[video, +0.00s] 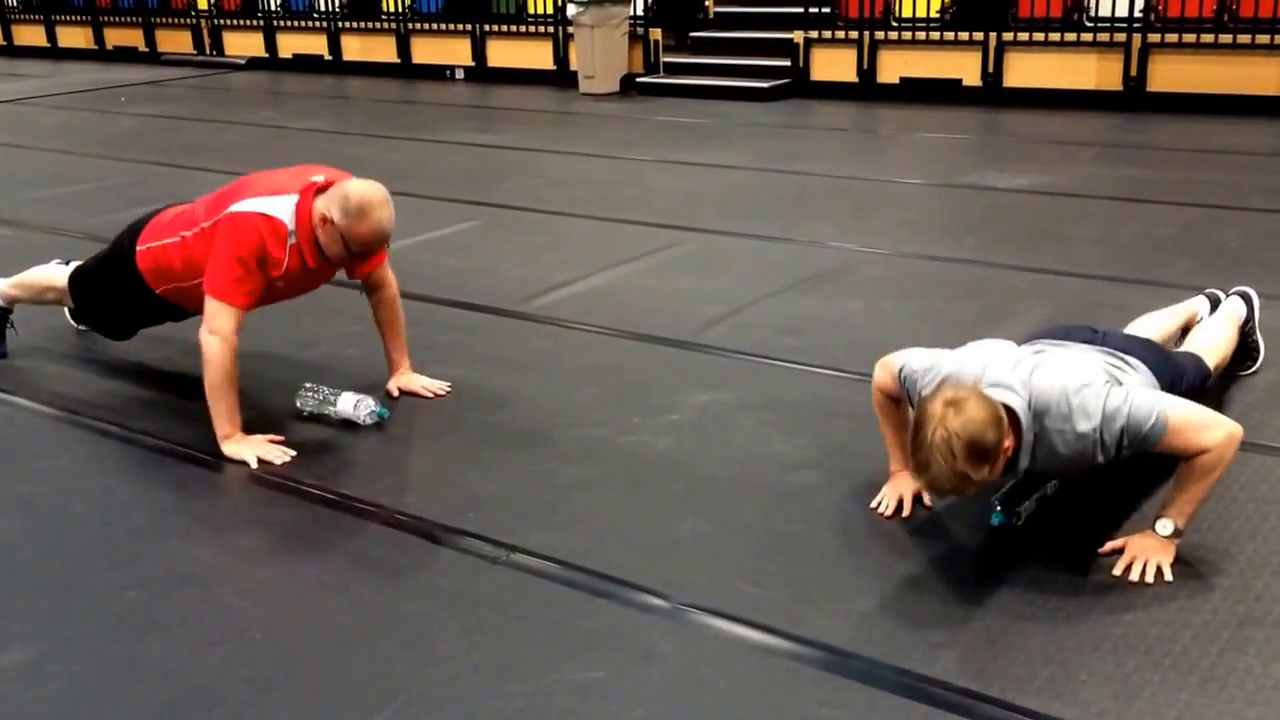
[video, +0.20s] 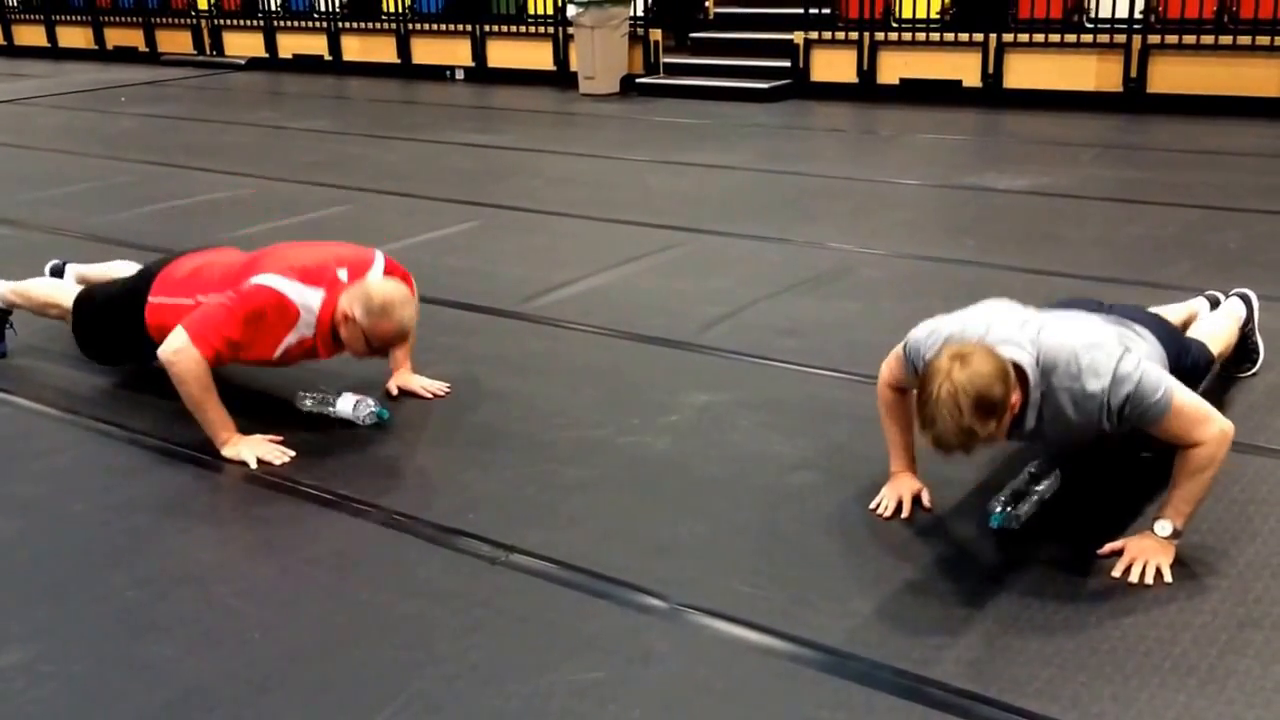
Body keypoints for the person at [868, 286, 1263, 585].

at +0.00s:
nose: (971, 493)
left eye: (974, 486)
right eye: (954, 488)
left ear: (1006, 448)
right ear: (927, 431)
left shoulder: (1096, 411)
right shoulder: (944, 374)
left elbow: (1222, 438)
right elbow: (884, 376)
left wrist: (1163, 531)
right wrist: (901, 467)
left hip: (1136, 367)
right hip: (1053, 346)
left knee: (1196, 362)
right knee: (1129, 342)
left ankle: (1236, 308)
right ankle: (1199, 303)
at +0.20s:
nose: (975, 448)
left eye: (981, 439)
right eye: (960, 441)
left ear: (1012, 405)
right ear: (935, 393)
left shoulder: (1108, 378)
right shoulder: (938, 341)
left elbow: (1213, 433)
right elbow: (891, 380)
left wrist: (1162, 532)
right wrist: (902, 471)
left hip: (1143, 345)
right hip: (1069, 319)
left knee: (1199, 346)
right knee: (1149, 320)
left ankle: (1238, 310)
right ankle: (1206, 302)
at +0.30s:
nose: (993, 395)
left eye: (995, 385)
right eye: (978, 390)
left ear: (1020, 346)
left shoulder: (1113, 333)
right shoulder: (936, 309)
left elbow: (1195, 424)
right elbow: (900, 378)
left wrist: (1161, 532)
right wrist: (901, 471)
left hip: (1156, 327)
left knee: (1203, 335)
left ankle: (1239, 310)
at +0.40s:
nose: (983, 372)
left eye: (992, 360)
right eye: (970, 364)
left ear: (1025, 317)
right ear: (951, 327)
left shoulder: (1118, 312)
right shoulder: (937, 295)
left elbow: (1180, 423)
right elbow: (906, 377)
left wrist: (1162, 533)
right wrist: (901, 471)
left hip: (1151, 335)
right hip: (1070, 360)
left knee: (1202, 336)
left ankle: (1239, 312)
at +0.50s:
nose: (972, 388)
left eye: (983, 377)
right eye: (962, 378)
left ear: (1020, 336)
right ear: (945, 342)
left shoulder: (1114, 330)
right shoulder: (931, 313)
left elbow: (1197, 427)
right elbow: (899, 380)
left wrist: (1161, 534)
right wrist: (901, 472)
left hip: (1153, 329)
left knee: (1203, 335)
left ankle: (1239, 310)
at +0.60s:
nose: (981, 435)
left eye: (987, 424)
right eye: (967, 429)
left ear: (1014, 388)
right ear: (941, 391)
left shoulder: (1104, 370)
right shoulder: (933, 341)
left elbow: (1212, 434)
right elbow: (888, 384)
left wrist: (1162, 535)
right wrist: (901, 474)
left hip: (1143, 354)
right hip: (1092, 329)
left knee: (1200, 351)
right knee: (1148, 326)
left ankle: (1237, 311)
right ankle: (1205, 304)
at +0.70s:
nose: (966, 485)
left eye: (971, 478)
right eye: (952, 479)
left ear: (1004, 441)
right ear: (928, 405)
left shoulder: (1096, 401)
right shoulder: (940, 369)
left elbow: (1217, 440)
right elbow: (883, 381)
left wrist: (1162, 536)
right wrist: (899, 473)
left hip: (1132, 370)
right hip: (1056, 346)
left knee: (1193, 366)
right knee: (1129, 344)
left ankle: (1236, 312)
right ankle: (1198, 307)